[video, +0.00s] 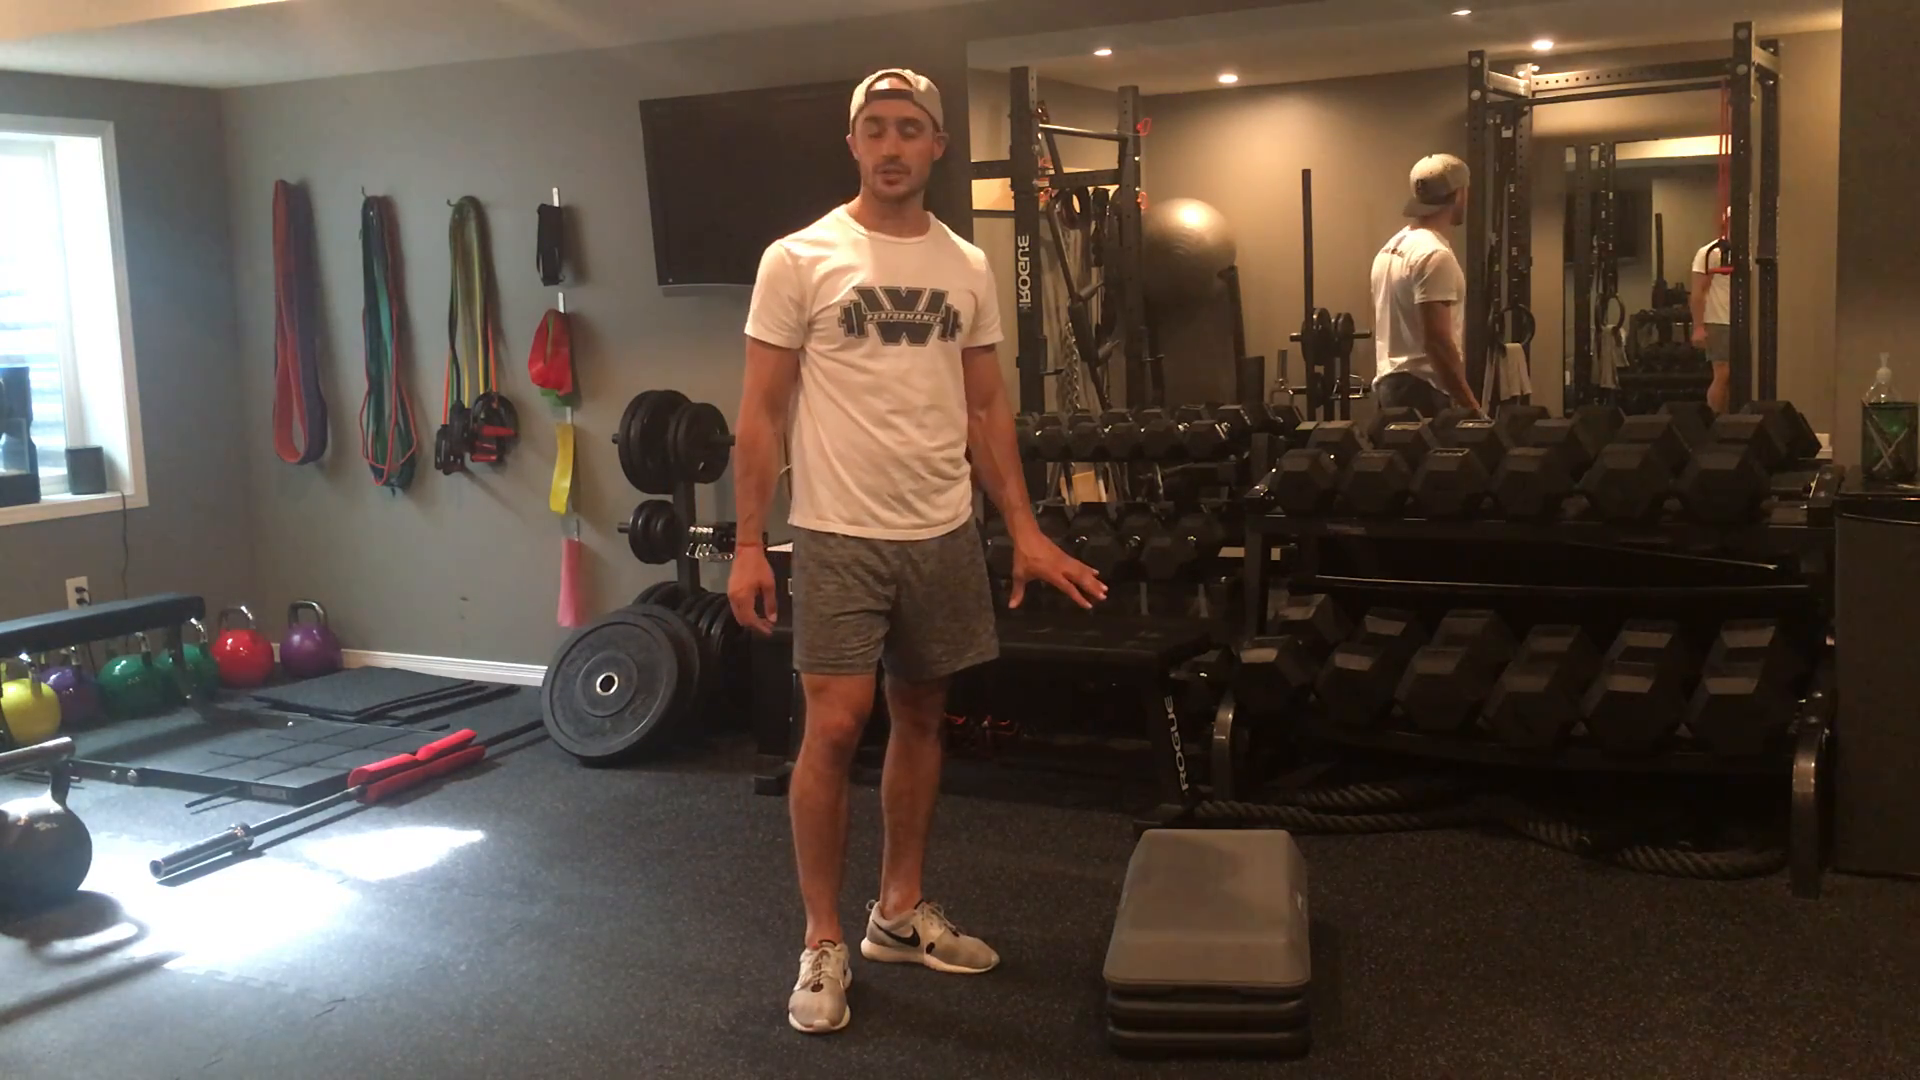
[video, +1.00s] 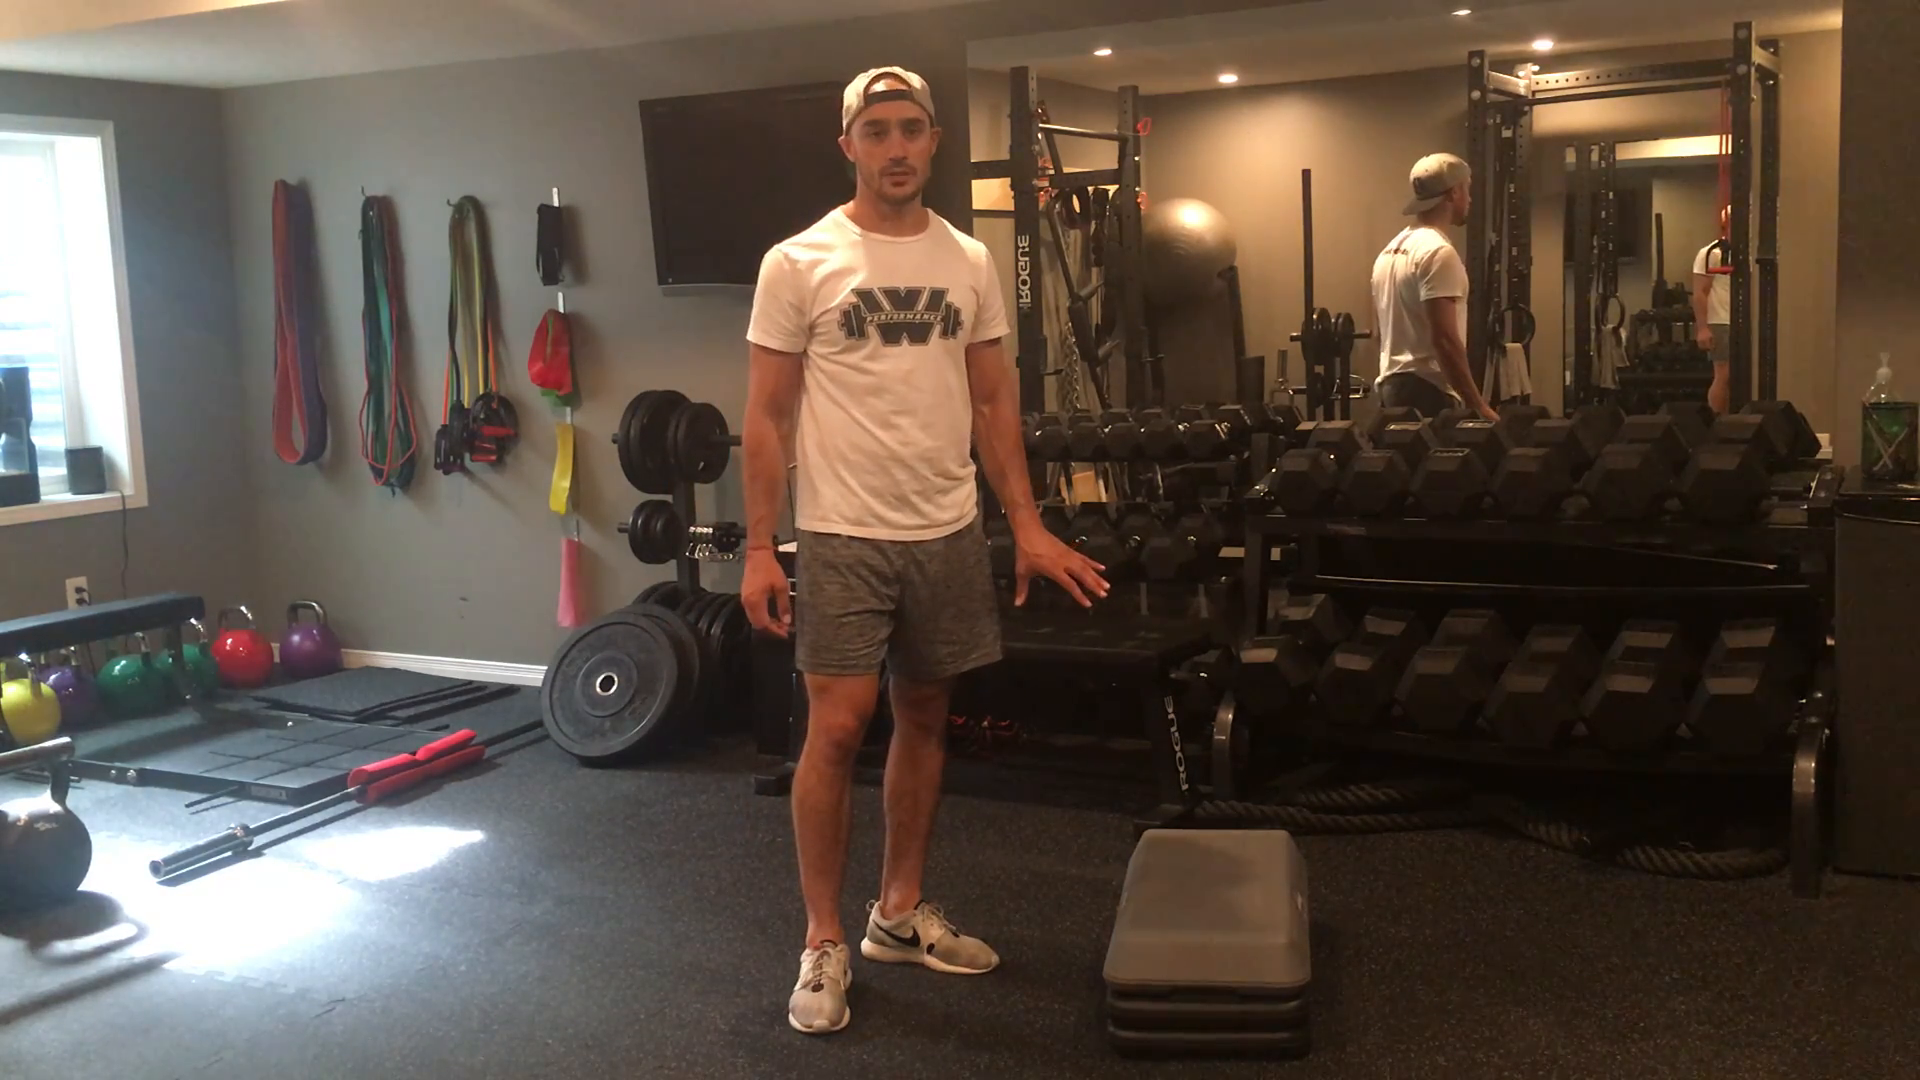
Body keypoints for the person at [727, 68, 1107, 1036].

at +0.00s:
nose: (892, 145)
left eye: (909, 131)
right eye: (876, 130)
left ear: (937, 148)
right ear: (852, 145)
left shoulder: (967, 268)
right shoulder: (799, 261)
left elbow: (987, 408)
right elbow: (763, 411)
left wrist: (1026, 531)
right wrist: (746, 542)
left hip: (941, 535)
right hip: (837, 535)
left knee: (921, 720)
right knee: (835, 726)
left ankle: (900, 910)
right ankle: (823, 940)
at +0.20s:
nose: (896, 142)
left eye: (911, 126)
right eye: (877, 127)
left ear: (936, 142)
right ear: (849, 145)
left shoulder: (972, 266)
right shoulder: (799, 262)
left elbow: (994, 406)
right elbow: (767, 414)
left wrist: (1033, 527)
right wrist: (756, 545)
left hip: (947, 534)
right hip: (840, 536)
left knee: (925, 722)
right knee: (837, 728)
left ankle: (901, 911)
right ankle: (823, 942)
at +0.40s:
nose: (890, 144)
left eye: (905, 127)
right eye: (872, 128)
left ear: (931, 141)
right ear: (844, 143)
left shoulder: (974, 262)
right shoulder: (801, 264)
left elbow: (999, 400)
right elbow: (773, 415)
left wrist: (1035, 523)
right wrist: (762, 548)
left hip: (948, 535)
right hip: (840, 536)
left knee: (924, 722)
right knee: (837, 729)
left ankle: (900, 910)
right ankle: (822, 941)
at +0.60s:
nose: (887, 144)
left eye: (903, 127)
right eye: (870, 129)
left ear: (929, 141)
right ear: (842, 144)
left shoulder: (971, 259)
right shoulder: (799, 265)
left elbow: (1000, 400)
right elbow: (773, 417)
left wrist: (1039, 521)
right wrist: (764, 549)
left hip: (949, 533)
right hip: (841, 535)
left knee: (924, 721)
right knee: (838, 727)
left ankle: (900, 909)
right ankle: (821, 940)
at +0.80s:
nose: (891, 146)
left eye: (906, 130)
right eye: (873, 130)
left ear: (930, 142)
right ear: (843, 142)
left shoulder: (969, 260)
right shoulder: (798, 264)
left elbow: (997, 400)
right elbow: (770, 415)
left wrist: (1034, 522)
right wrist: (761, 548)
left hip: (948, 534)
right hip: (842, 535)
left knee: (925, 721)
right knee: (838, 730)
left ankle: (900, 909)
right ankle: (823, 940)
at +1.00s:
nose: (896, 148)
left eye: (910, 131)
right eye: (877, 132)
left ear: (934, 144)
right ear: (848, 146)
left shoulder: (969, 263)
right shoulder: (798, 263)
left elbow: (993, 401)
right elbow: (770, 413)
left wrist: (1027, 522)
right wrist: (759, 546)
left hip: (947, 534)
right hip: (840, 536)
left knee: (924, 720)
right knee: (838, 727)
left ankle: (901, 911)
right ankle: (823, 941)